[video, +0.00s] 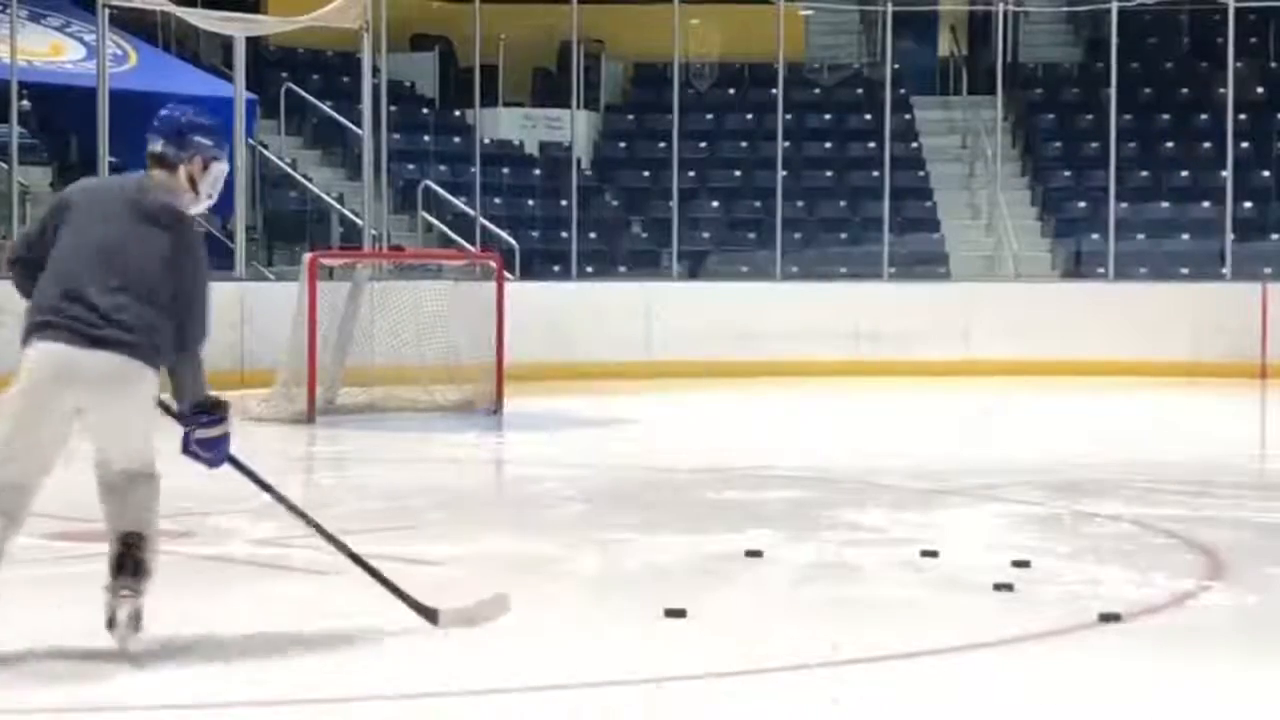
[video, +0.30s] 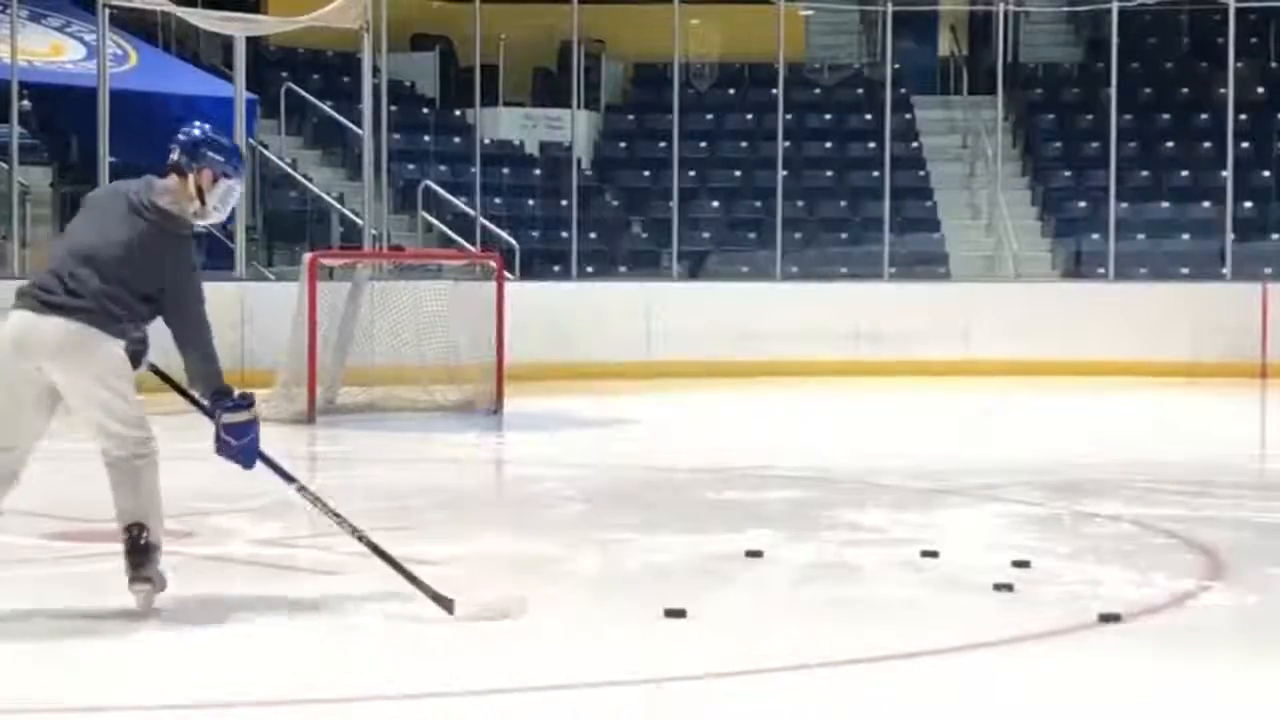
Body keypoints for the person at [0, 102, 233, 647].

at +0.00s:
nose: (209, 187)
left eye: (212, 174)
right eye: (207, 173)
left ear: (153, 157)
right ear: (190, 167)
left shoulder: (83, 192)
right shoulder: (183, 236)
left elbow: (21, 260)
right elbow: (185, 338)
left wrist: (61, 313)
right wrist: (199, 411)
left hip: (50, 357)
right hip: (126, 371)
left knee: (11, 481)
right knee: (129, 472)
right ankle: (129, 570)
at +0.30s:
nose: (219, 198)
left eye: (225, 187)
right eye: (216, 184)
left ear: (177, 168)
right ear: (190, 172)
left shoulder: (108, 194)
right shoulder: (174, 239)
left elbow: (83, 261)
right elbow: (191, 330)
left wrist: (127, 328)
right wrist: (220, 398)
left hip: (24, 322)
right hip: (87, 338)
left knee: (6, 454)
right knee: (128, 446)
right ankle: (141, 555)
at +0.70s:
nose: (250, 216)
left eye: (253, 205)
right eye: (251, 204)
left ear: (209, 186)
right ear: (239, 200)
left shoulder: (162, 204)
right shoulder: (202, 249)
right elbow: (195, 329)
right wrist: (203, 392)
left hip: (60, 306)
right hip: (114, 321)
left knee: (46, 424)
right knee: (155, 428)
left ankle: (20, 520)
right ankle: (177, 535)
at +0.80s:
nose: (248, 214)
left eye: (252, 205)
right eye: (251, 203)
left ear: (210, 183)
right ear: (239, 198)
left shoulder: (154, 196)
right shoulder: (216, 247)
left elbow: (98, 225)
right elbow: (186, 310)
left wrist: (117, 268)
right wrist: (175, 360)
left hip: (82, 310)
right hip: (135, 330)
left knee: (79, 422)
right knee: (138, 430)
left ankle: (65, 511)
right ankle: (146, 508)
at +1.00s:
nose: (263, 228)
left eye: (265, 218)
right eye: (263, 218)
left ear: (225, 201)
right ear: (253, 214)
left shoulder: (181, 218)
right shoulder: (246, 261)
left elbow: (123, 246)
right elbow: (216, 301)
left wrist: (145, 283)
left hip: (118, 332)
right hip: (158, 348)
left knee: (138, 425)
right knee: (156, 439)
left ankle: (129, 505)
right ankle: (94, 498)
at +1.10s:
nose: (280, 215)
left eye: (280, 206)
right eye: (279, 206)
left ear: (240, 196)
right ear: (268, 206)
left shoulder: (195, 218)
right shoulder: (269, 253)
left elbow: (137, 246)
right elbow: (240, 296)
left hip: (147, 330)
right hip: (189, 347)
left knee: (186, 422)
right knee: (166, 450)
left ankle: (151, 500)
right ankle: (97, 500)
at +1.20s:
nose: (299, 199)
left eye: (300, 190)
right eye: (299, 191)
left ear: (259, 183)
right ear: (290, 191)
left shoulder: (216, 210)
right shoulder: (287, 239)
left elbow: (165, 252)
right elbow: (278, 306)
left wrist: (183, 291)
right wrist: (281, 362)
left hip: (180, 323)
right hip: (222, 338)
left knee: (205, 419)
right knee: (206, 428)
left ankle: (180, 496)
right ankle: (141, 488)